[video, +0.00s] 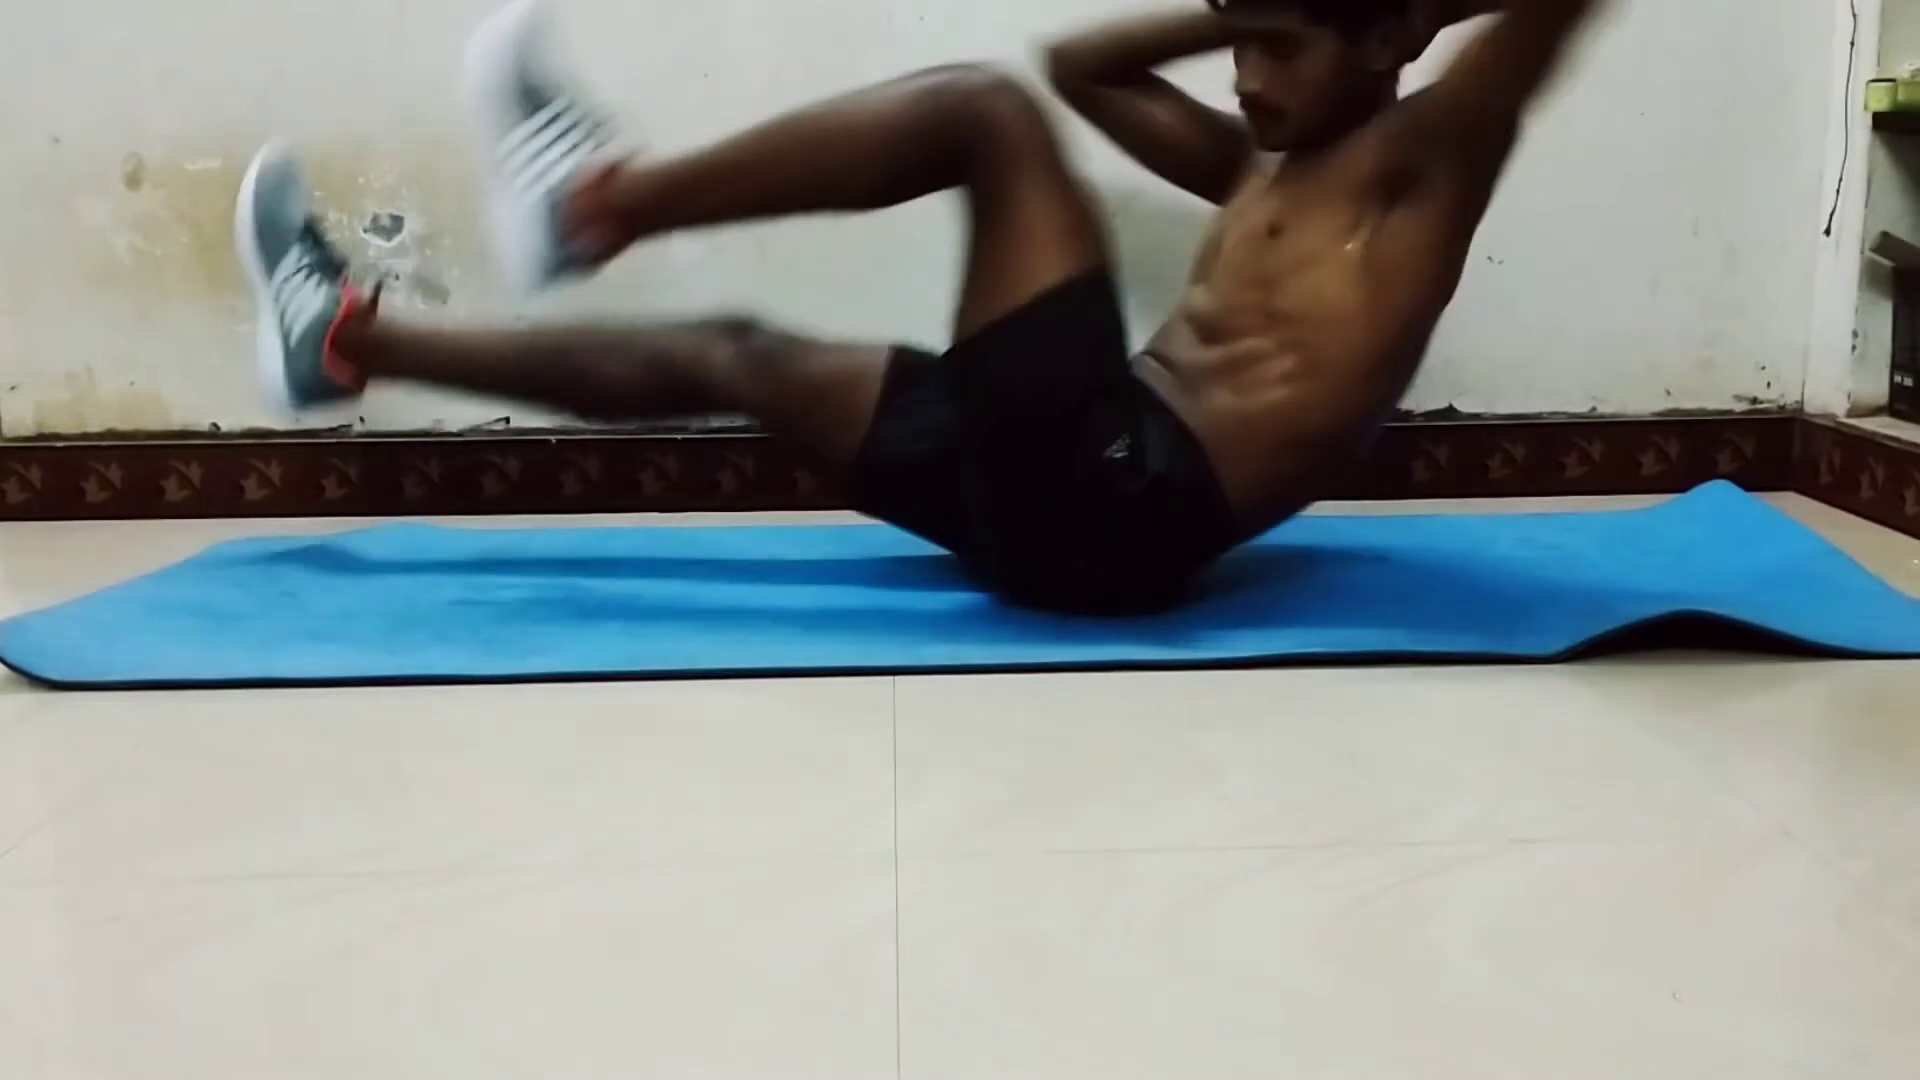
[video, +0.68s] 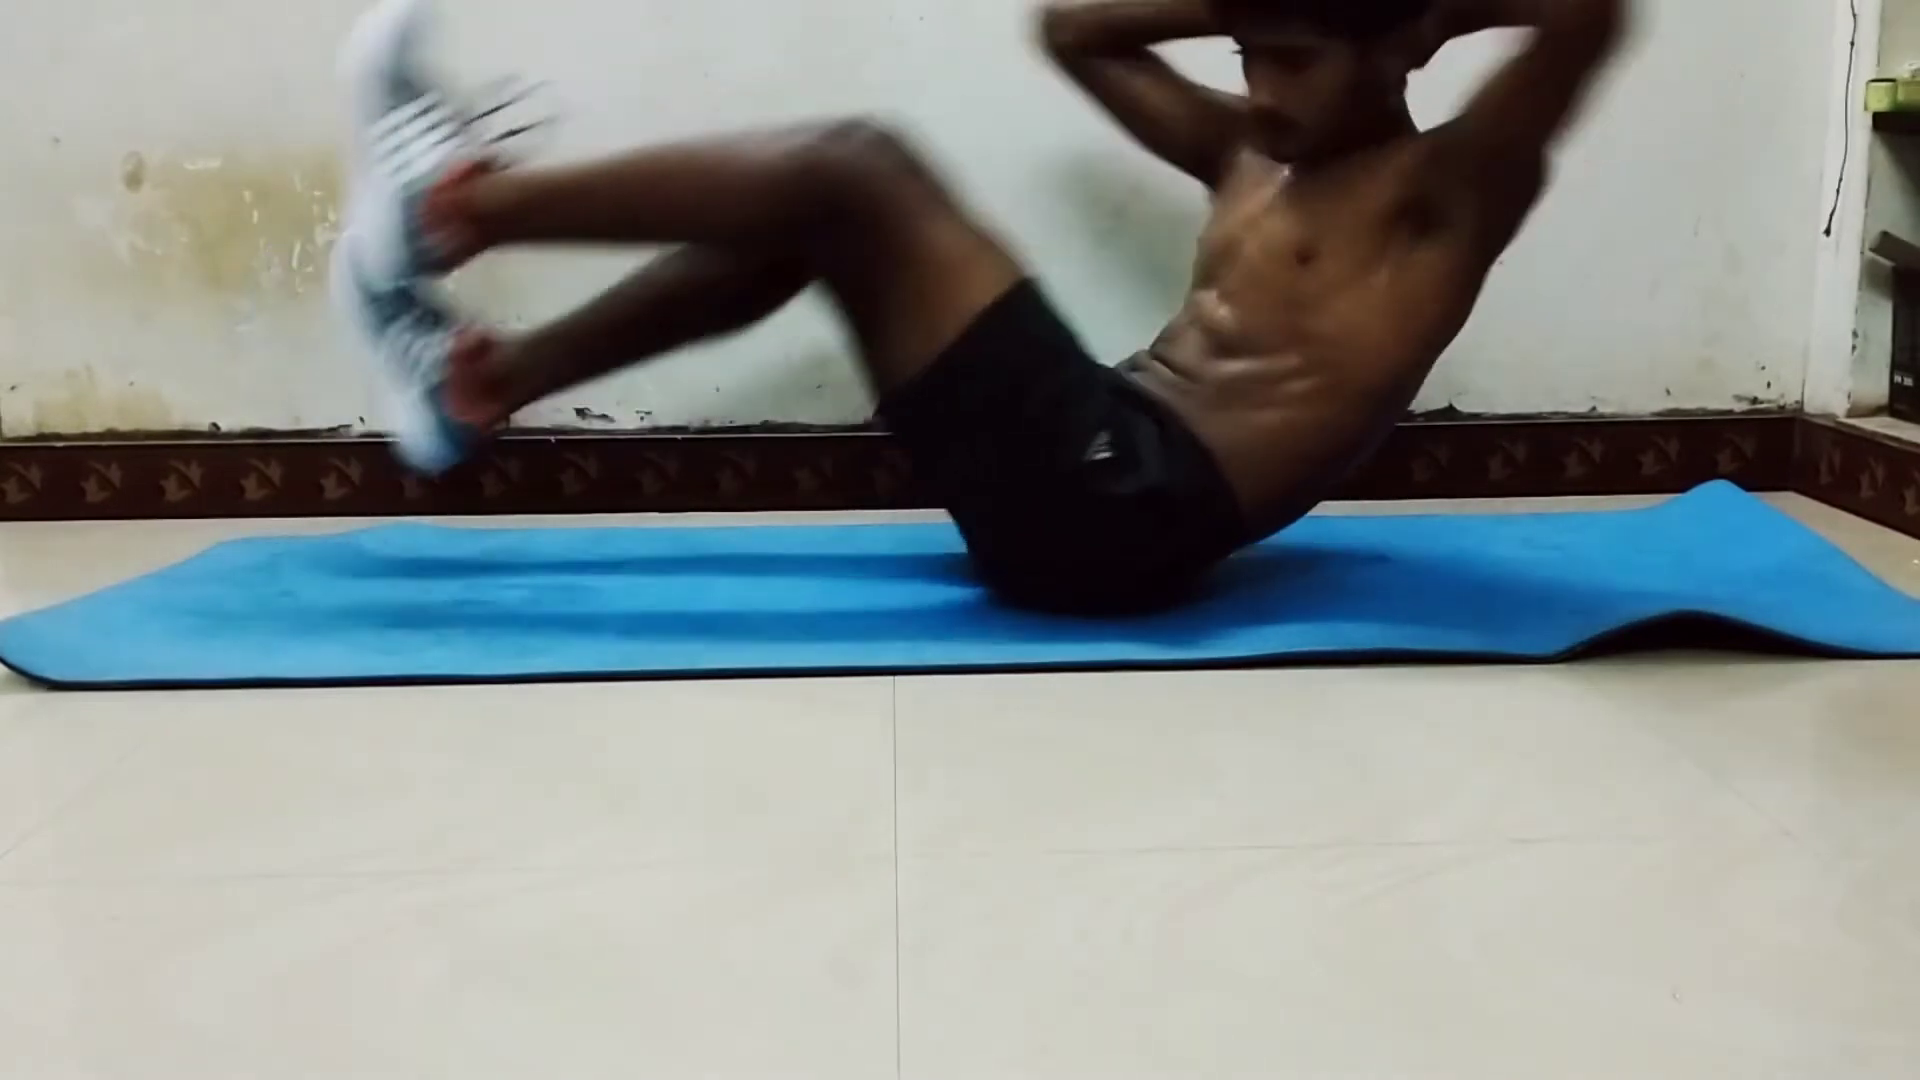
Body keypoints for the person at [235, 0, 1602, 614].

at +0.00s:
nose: (1247, 84)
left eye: (1274, 56)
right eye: (1240, 57)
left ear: (1370, 55)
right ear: (1257, 70)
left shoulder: (1426, 152)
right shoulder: (1263, 167)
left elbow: (1554, 19)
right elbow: (1085, 74)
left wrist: (1428, 54)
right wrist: (1258, 47)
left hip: (1126, 506)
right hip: (1059, 470)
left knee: (997, 108)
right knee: (740, 359)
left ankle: (600, 203)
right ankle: (354, 339)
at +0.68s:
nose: (1254, 93)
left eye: (1289, 64)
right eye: (1248, 66)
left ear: (1385, 62)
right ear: (1251, 59)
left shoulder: (1451, 187)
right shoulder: (1245, 155)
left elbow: (1599, 18)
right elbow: (1067, 35)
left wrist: (1441, 22)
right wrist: (1241, 21)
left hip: (1127, 512)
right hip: (1068, 471)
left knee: (860, 169)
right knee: (829, 205)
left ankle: (455, 208)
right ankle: (486, 386)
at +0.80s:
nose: (1217, 97)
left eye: (1243, 66)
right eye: (1206, 74)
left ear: (1344, 45)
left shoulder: (1404, 174)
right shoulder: (1327, 174)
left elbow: (1386, 99)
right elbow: (1259, 151)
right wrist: (1180, 77)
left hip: (1119, 513)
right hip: (1101, 447)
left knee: (808, 223)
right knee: (893, 161)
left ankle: (370, 245)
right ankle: (539, 334)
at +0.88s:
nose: (1235, 81)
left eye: (1252, 50)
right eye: (1241, 54)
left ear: (1343, 47)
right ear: (1351, 52)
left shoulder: (1379, 172)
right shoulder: (1333, 186)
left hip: (1118, 503)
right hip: (1091, 427)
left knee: (742, 310)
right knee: (1012, 121)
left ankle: (302, 295)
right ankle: (641, 233)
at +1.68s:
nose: (1265, 81)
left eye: (1290, 44)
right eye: (1253, 49)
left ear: (1409, 41)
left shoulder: (1427, 175)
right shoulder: (1344, 193)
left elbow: (1414, 125)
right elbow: (1186, 112)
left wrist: (1379, 73)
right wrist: (1341, 89)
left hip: (1149, 514)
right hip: (1115, 487)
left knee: (875, 180)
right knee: (846, 248)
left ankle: (474, 261)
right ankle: (475, 229)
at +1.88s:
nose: (1289, 92)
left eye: (1322, 67)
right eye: (1280, 66)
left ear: (1412, 66)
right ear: (1284, 71)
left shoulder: (1455, 189)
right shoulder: (1272, 172)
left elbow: (1595, 31)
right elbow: (1096, 107)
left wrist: (1451, 51)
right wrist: (1270, 64)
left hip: (1153, 508)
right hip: (1074, 463)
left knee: (1061, 103)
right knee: (752, 348)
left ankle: (659, 153)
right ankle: (379, 324)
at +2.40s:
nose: (1273, 96)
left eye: (1297, 68)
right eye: (1266, 66)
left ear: (1394, 67)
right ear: (1289, 71)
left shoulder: (1465, 215)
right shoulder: (1308, 166)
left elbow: (1507, 46)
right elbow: (1125, 52)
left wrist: (1440, 64)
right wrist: (1269, 39)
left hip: (1179, 524)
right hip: (1127, 475)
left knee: (909, 162)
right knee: (897, 169)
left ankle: (492, 205)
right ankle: (507, 356)